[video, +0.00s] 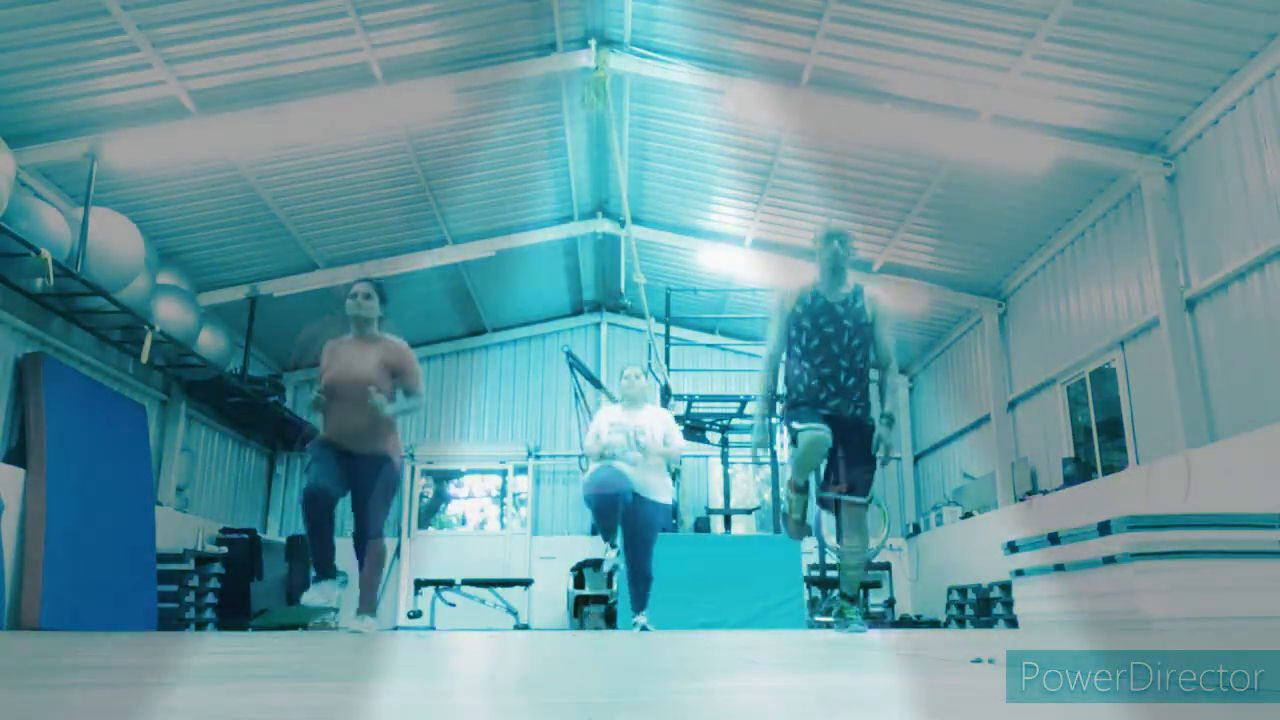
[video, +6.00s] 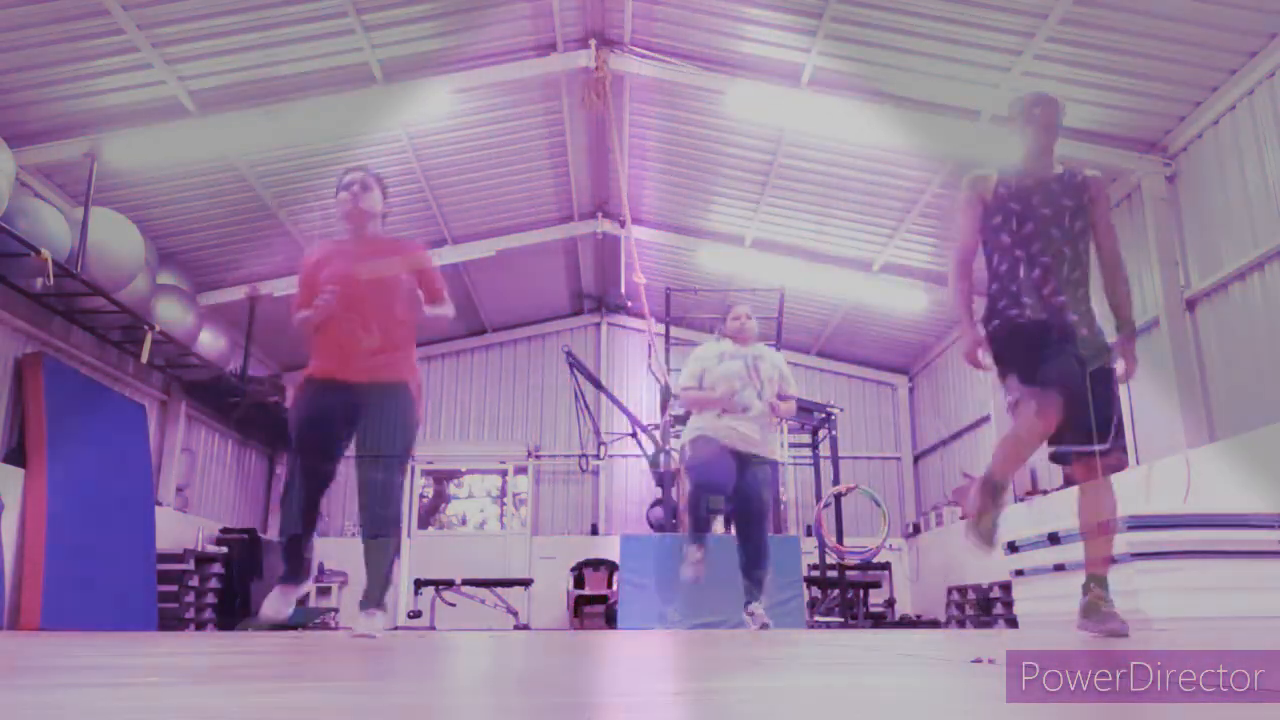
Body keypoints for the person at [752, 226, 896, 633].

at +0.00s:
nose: (836, 249)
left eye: (842, 243)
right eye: (829, 243)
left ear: (851, 253)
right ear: (817, 251)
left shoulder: (869, 302)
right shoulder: (792, 300)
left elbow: (887, 364)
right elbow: (772, 358)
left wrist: (889, 417)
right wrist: (762, 414)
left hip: (854, 411)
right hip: (805, 404)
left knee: (854, 510)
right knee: (816, 439)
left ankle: (850, 605)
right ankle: (797, 492)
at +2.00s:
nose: (814, 255)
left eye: (820, 250)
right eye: (807, 250)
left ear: (828, 260)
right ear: (795, 259)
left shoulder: (846, 309)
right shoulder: (778, 305)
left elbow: (875, 360)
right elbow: (759, 366)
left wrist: (888, 406)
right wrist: (750, 423)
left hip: (849, 420)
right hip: (802, 420)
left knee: (848, 516)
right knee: (805, 510)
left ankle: (848, 602)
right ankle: (810, 605)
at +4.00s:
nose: (875, 161)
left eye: (881, 154)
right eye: (867, 153)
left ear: (890, 163)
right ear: (851, 161)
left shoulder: (912, 219)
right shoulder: (828, 210)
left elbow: (936, 286)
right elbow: (797, 281)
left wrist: (953, 348)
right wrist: (816, 334)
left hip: (904, 338)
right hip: (846, 342)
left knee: (932, 404)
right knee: (851, 474)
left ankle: (922, 524)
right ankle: (857, 599)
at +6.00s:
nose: (1040, 135)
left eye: (1048, 127)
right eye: (1032, 125)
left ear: (1058, 133)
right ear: (1015, 129)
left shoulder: (1085, 186)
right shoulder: (984, 188)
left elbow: (1112, 265)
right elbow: (962, 261)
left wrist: (1125, 333)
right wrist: (966, 326)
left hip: (1078, 330)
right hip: (1015, 326)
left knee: (1091, 467)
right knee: (1047, 405)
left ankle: (1097, 592)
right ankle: (990, 490)